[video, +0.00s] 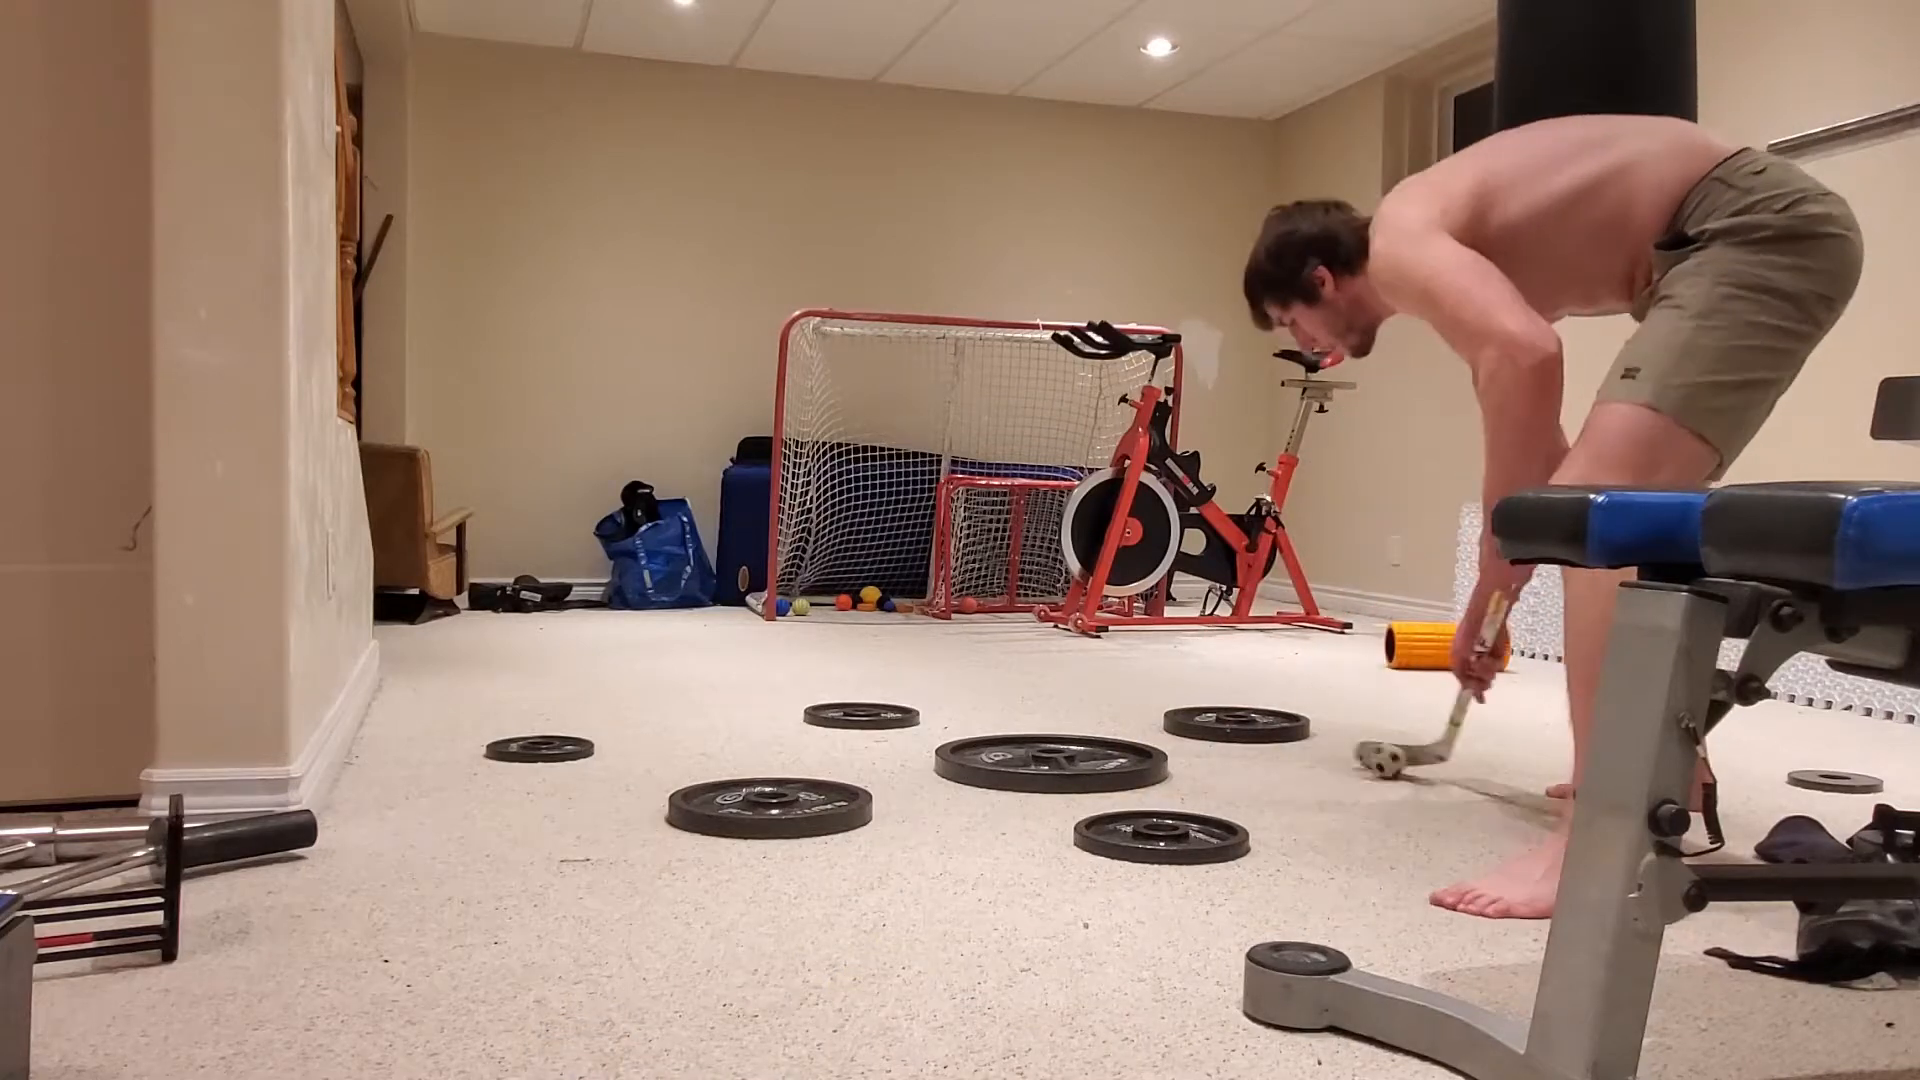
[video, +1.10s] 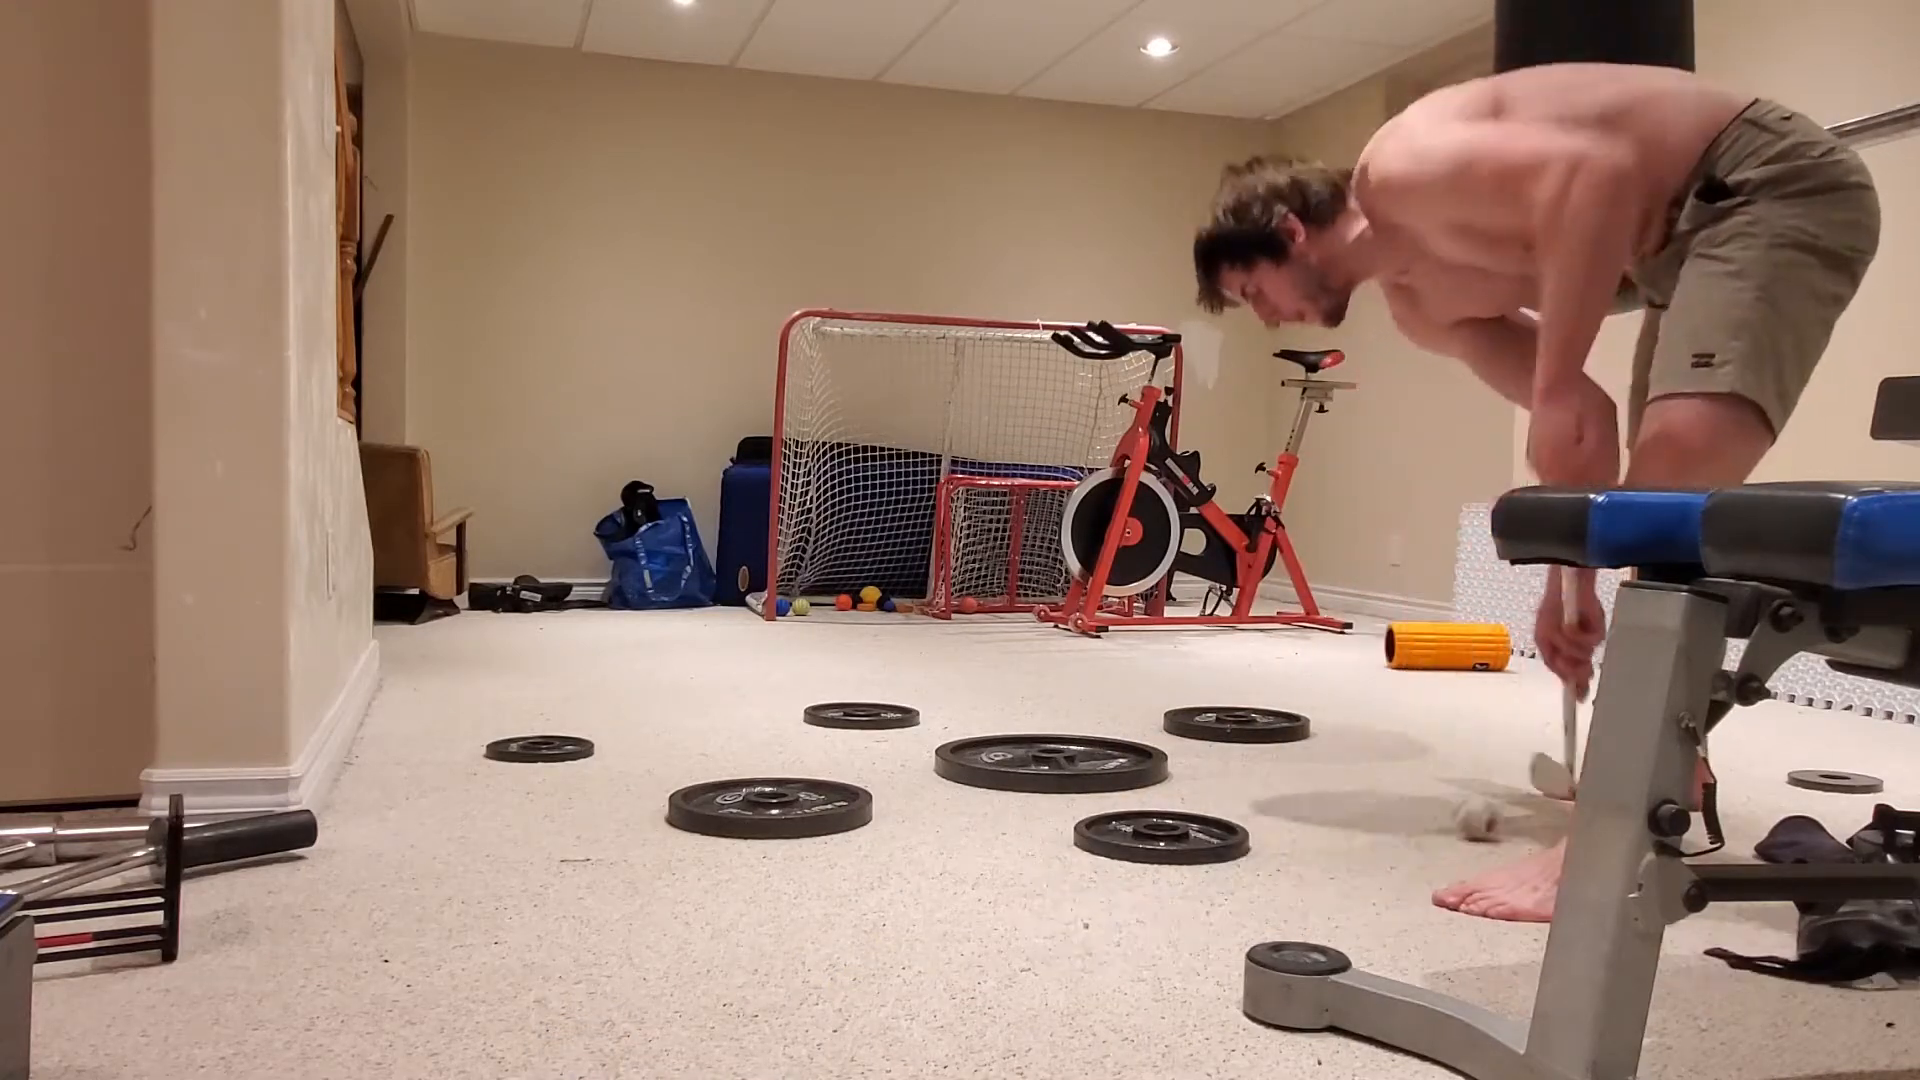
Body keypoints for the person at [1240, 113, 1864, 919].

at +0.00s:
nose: (1309, 355)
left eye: (1295, 333)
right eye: (1293, 345)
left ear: (1322, 280)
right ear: (1331, 276)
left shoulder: (1399, 240)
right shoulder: (1428, 251)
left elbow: (1527, 354)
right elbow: (1520, 456)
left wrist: (1504, 560)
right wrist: (1487, 603)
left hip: (1753, 228)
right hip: (1727, 242)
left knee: (1588, 510)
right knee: (1627, 516)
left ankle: (1596, 834)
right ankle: (1672, 766)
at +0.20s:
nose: (1261, 330)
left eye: (1250, 306)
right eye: (1245, 317)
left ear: (1290, 259)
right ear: (1293, 264)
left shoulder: (1377, 202)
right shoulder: (1417, 311)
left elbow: (1516, 280)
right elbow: (1492, 465)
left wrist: (1456, 473)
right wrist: (1420, 600)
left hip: (1744, 201)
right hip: (1703, 232)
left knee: (1589, 495)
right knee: (1649, 510)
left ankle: (1601, 836)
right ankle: (1669, 768)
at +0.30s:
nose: (1242, 321)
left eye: (1231, 295)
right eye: (1226, 308)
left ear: (1277, 243)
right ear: (1279, 250)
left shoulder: (1376, 194)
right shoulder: (1385, 307)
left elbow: (1510, 316)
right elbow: (1414, 481)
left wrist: (1409, 499)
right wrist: (1320, 612)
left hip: (1741, 195)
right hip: (1694, 229)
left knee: (1582, 494)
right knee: (1653, 512)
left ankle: (1594, 836)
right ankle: (1673, 777)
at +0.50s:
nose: (1217, 300)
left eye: (1213, 270)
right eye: (1201, 284)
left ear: (1268, 219)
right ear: (1266, 226)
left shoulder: (1394, 193)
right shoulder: (1338, 290)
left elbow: (1575, 321)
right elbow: (1345, 463)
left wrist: (1429, 476)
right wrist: (1233, 577)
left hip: (1740, 193)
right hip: (1657, 238)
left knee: (1578, 496)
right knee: (1628, 508)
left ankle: (1595, 835)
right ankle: (1670, 760)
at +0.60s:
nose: (1218, 285)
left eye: (1216, 251)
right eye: (1201, 267)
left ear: (1273, 193)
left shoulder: (1418, 152)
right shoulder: (1338, 285)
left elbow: (1660, 204)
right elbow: (1395, 442)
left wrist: (1553, 413)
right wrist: (1350, 552)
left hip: (1737, 180)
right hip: (1637, 230)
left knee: (1606, 496)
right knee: (1582, 488)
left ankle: (1597, 832)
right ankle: (1654, 762)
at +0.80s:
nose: (1237, 274)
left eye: (1237, 239)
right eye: (1220, 257)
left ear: (1297, 178)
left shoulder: (1428, 127)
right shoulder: (1356, 306)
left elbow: (1663, 169)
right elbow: (1452, 433)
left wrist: (1573, 383)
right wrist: (1457, 543)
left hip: (1742, 186)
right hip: (1639, 242)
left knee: (1630, 470)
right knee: (1610, 468)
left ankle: (1611, 833)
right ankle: (1661, 755)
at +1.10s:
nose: (1267, 320)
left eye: (1252, 293)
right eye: (1248, 309)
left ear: (1287, 232)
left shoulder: (1402, 169)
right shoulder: (1421, 309)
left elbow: (1592, 178)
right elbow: (1574, 408)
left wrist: (1553, 395)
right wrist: (1565, 567)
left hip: (1765, 176)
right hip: (1683, 250)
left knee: (1673, 470)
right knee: (1654, 497)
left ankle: (1618, 838)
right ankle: (1670, 786)